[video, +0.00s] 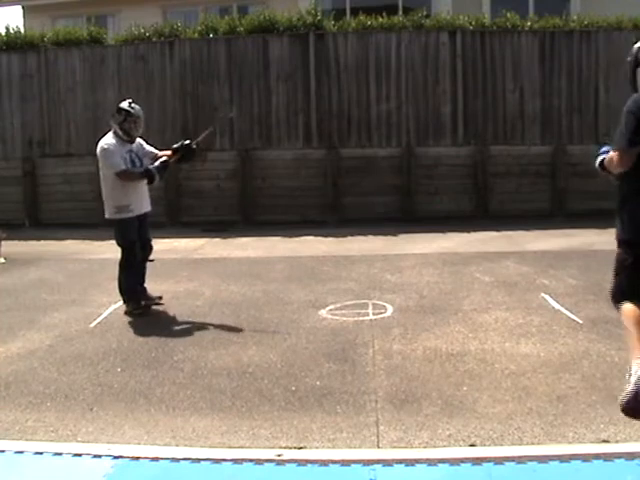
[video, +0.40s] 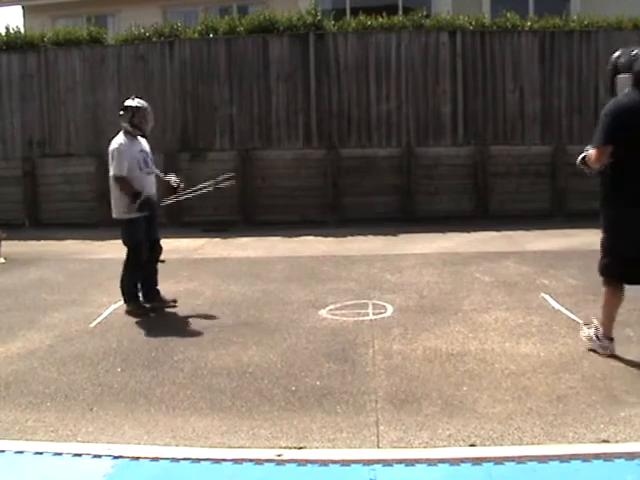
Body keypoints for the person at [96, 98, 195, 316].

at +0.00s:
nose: (134, 127)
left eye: (137, 123)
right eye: (130, 123)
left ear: (140, 124)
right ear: (119, 123)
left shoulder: (135, 142)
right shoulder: (107, 147)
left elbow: (156, 156)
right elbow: (123, 175)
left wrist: (177, 151)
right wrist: (152, 170)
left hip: (140, 209)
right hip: (122, 212)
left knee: (144, 250)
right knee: (130, 254)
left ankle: (140, 291)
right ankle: (131, 300)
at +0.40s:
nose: (148, 121)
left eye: (148, 116)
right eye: (144, 116)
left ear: (140, 118)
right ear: (132, 117)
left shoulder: (142, 142)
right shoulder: (119, 145)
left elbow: (149, 170)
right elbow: (118, 177)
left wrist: (167, 180)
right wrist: (138, 197)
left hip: (147, 207)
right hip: (129, 210)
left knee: (152, 250)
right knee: (137, 252)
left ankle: (151, 293)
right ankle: (131, 299)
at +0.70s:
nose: (159, 116)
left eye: (158, 112)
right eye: (154, 112)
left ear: (149, 116)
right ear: (141, 116)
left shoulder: (151, 139)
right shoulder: (128, 145)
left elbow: (151, 173)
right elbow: (122, 176)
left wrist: (161, 200)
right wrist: (130, 203)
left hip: (158, 205)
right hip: (143, 206)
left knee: (156, 250)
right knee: (153, 249)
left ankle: (152, 293)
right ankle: (137, 296)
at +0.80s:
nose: (159, 115)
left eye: (159, 111)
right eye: (154, 111)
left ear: (152, 115)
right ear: (142, 115)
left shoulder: (153, 139)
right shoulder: (131, 144)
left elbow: (154, 172)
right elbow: (129, 177)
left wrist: (164, 199)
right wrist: (141, 201)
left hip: (161, 205)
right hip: (147, 207)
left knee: (157, 250)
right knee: (154, 250)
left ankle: (153, 294)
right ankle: (146, 298)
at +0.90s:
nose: (160, 115)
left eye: (159, 111)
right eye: (155, 111)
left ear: (151, 115)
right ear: (142, 115)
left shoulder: (154, 138)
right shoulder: (131, 144)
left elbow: (158, 170)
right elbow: (132, 176)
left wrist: (168, 194)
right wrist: (149, 197)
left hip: (159, 205)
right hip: (144, 208)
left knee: (158, 250)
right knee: (152, 251)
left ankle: (154, 294)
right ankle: (146, 299)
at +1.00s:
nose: (159, 115)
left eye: (159, 111)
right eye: (154, 112)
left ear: (154, 115)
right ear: (142, 116)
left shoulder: (155, 138)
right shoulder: (132, 144)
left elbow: (158, 167)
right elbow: (134, 175)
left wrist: (171, 179)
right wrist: (159, 186)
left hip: (160, 207)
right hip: (145, 209)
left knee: (158, 251)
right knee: (151, 252)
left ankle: (154, 295)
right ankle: (145, 300)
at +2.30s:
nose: (168, 118)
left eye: (167, 113)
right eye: (163, 113)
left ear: (156, 117)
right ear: (153, 116)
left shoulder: (158, 139)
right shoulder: (139, 145)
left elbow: (161, 173)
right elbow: (135, 178)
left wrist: (172, 198)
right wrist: (145, 203)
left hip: (168, 206)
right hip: (154, 208)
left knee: (162, 252)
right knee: (156, 253)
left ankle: (157, 296)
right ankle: (148, 300)